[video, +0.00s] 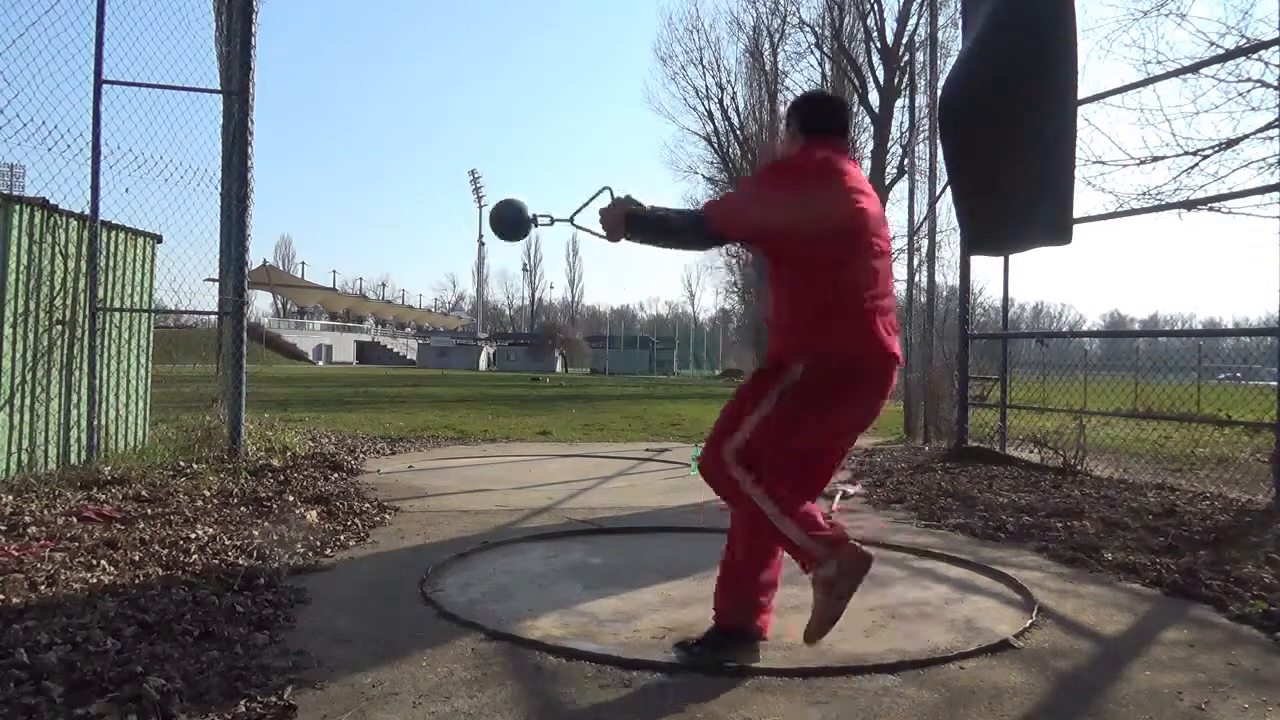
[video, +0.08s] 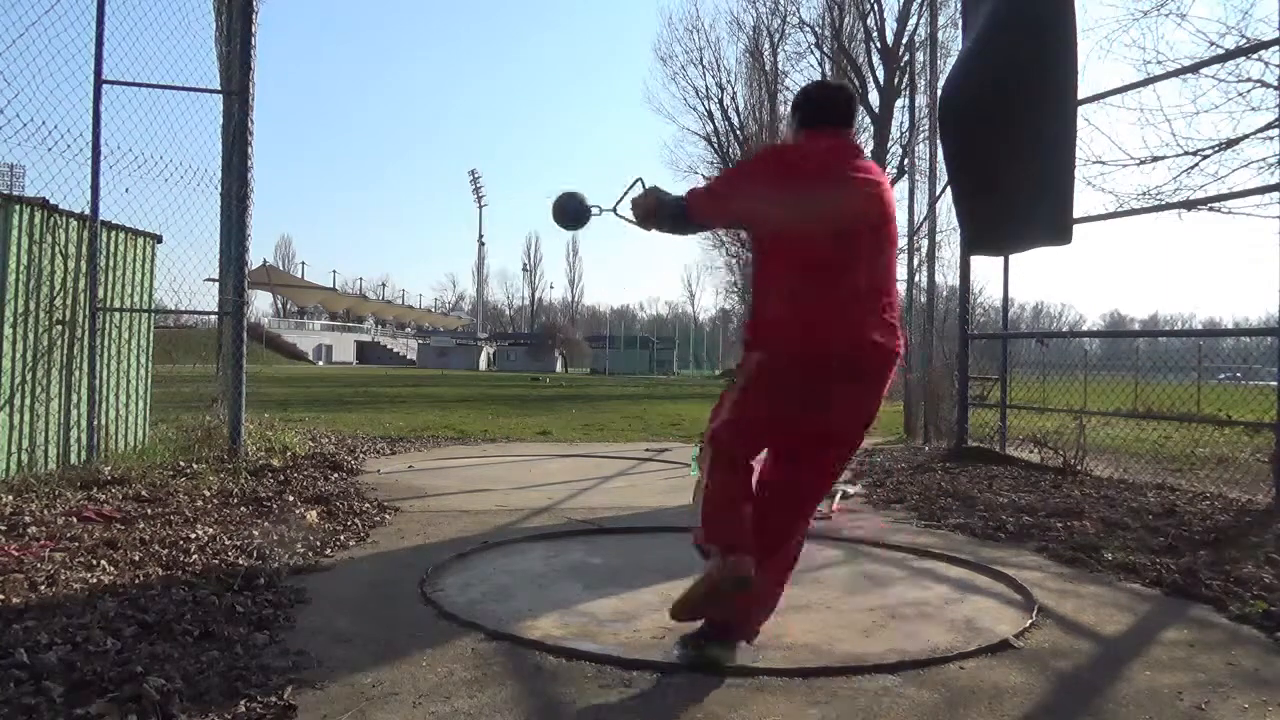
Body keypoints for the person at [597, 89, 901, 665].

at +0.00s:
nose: (779, 143)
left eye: (783, 133)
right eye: (785, 134)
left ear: (795, 134)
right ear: (843, 138)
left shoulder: (800, 183)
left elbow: (709, 225)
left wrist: (632, 220)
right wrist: (646, 218)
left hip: (819, 356)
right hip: (862, 359)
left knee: (726, 458)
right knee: (775, 483)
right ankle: (738, 630)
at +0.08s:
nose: (791, 134)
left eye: (793, 124)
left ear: (797, 124)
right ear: (852, 127)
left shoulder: (775, 167)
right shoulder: (877, 182)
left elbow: (695, 211)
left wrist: (657, 208)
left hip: (787, 350)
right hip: (868, 357)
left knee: (728, 444)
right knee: (793, 491)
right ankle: (729, 632)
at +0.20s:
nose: (857, 126)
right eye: (857, 118)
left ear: (796, 114)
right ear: (854, 119)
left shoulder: (753, 163)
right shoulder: (876, 168)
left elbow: (690, 229)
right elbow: (875, 181)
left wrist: (733, 211)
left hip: (751, 340)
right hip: (829, 346)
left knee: (755, 455)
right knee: (791, 485)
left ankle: (708, 559)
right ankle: (704, 619)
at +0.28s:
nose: (854, 127)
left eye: (849, 119)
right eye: (854, 119)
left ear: (796, 116)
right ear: (851, 118)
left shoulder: (753, 162)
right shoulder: (862, 159)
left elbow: (723, 239)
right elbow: (858, 209)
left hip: (728, 334)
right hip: (791, 338)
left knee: (803, 460)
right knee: (789, 494)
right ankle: (690, 609)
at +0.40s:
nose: (853, 152)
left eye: (851, 140)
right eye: (847, 140)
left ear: (805, 142)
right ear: (826, 139)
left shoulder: (772, 192)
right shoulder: (827, 190)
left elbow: (790, 287)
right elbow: (868, 254)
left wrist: (861, 300)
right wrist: (871, 212)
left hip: (787, 366)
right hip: (746, 366)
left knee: (849, 483)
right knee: (789, 511)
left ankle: (863, 603)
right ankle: (688, 590)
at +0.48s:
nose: (845, 168)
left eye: (845, 159)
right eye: (832, 157)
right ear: (788, 164)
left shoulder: (804, 233)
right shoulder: (775, 220)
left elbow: (830, 321)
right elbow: (853, 281)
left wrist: (905, 339)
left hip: (796, 386)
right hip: (738, 390)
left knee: (865, 482)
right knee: (755, 511)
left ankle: (861, 607)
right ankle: (708, 600)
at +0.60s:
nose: (781, 174)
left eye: (793, 166)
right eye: (774, 166)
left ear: (816, 180)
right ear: (763, 177)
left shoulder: (840, 250)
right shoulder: (741, 235)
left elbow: (865, 327)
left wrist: (898, 360)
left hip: (813, 398)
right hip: (737, 399)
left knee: (870, 480)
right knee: (716, 492)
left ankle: (863, 604)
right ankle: (719, 604)